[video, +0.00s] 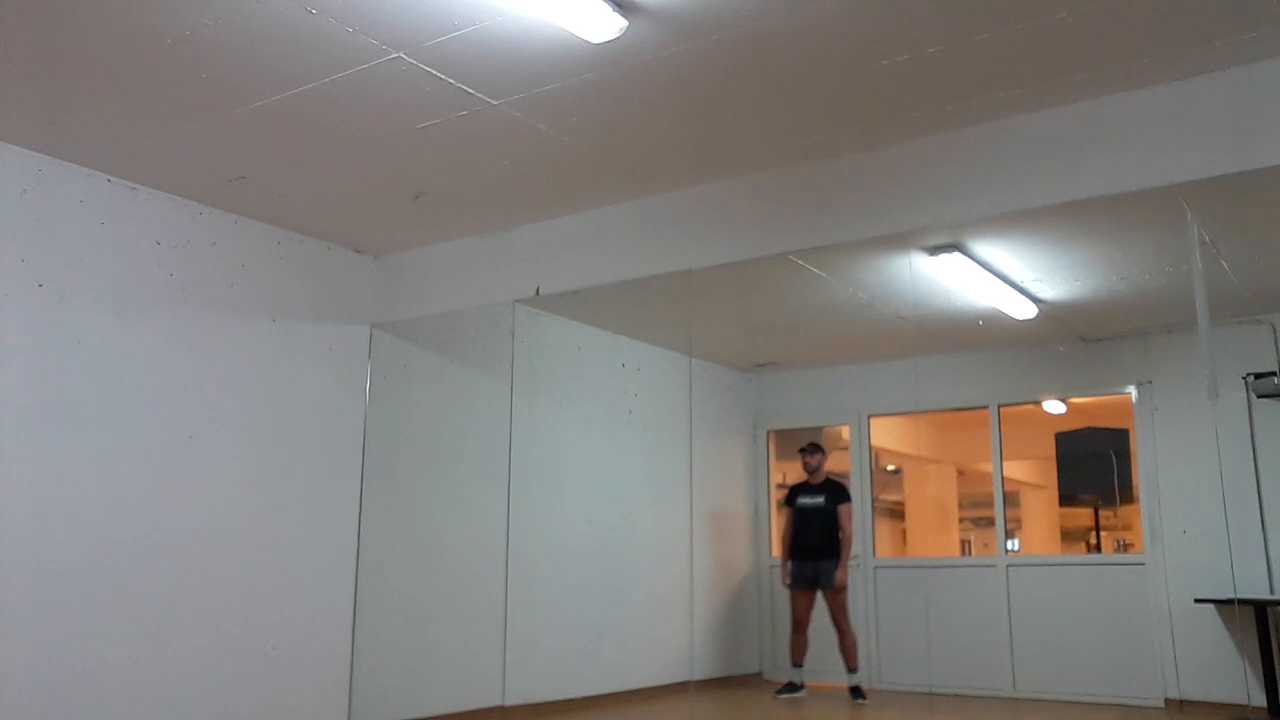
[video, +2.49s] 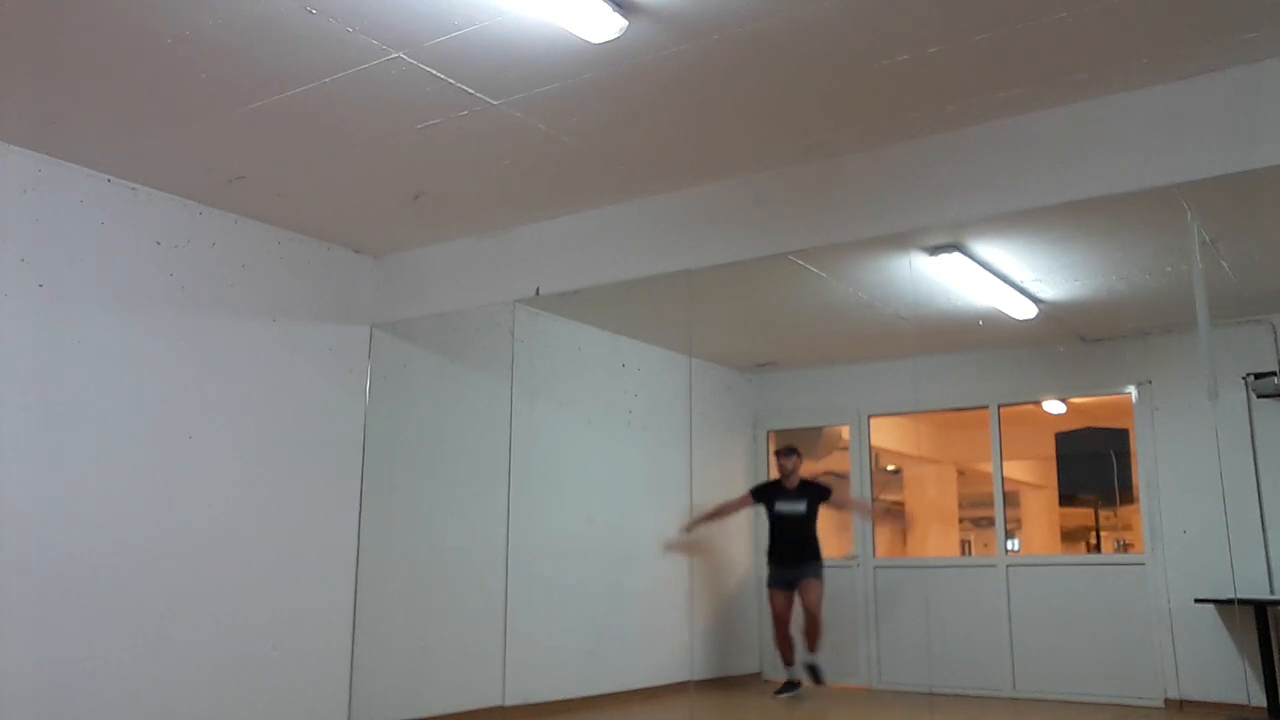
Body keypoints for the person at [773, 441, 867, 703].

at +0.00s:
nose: (808, 460)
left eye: (813, 455)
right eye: (805, 456)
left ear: (824, 458)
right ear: (801, 461)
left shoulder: (838, 490)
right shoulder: (795, 491)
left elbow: (846, 531)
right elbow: (788, 529)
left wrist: (843, 566)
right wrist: (785, 562)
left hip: (830, 563)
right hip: (801, 564)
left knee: (842, 624)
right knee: (799, 624)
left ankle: (854, 682)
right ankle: (796, 680)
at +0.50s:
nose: (810, 461)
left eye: (815, 456)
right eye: (806, 457)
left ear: (825, 459)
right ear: (803, 461)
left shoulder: (839, 490)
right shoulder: (796, 491)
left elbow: (848, 530)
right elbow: (788, 528)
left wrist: (845, 566)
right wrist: (785, 562)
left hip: (831, 563)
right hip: (802, 565)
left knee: (842, 624)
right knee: (799, 623)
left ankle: (854, 682)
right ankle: (796, 680)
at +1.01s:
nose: (810, 460)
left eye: (815, 455)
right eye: (806, 456)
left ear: (825, 458)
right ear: (803, 461)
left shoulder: (839, 490)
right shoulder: (796, 491)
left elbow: (847, 531)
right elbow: (788, 529)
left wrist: (843, 566)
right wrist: (785, 562)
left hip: (831, 564)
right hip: (802, 564)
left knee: (842, 624)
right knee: (799, 624)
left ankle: (854, 682)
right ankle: (796, 680)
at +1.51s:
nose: (809, 460)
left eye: (814, 455)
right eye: (806, 456)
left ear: (825, 458)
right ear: (803, 460)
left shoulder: (838, 490)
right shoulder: (796, 491)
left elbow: (847, 531)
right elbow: (788, 529)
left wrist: (844, 566)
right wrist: (785, 562)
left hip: (830, 563)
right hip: (801, 564)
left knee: (841, 623)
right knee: (799, 624)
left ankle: (854, 682)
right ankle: (796, 680)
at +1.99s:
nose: (809, 459)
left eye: (814, 454)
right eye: (805, 455)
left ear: (824, 458)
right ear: (802, 460)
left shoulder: (837, 488)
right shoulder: (795, 491)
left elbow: (840, 527)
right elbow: (788, 528)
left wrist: (816, 553)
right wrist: (785, 562)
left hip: (830, 561)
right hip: (802, 562)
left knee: (842, 623)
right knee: (799, 623)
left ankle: (855, 683)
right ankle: (796, 679)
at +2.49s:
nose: (784, 464)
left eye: (789, 460)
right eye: (780, 460)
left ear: (799, 461)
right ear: (777, 463)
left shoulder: (814, 490)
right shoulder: (767, 491)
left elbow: (846, 503)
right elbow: (732, 506)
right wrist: (698, 521)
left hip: (808, 561)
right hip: (779, 562)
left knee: (812, 609)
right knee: (780, 619)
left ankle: (812, 660)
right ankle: (792, 677)